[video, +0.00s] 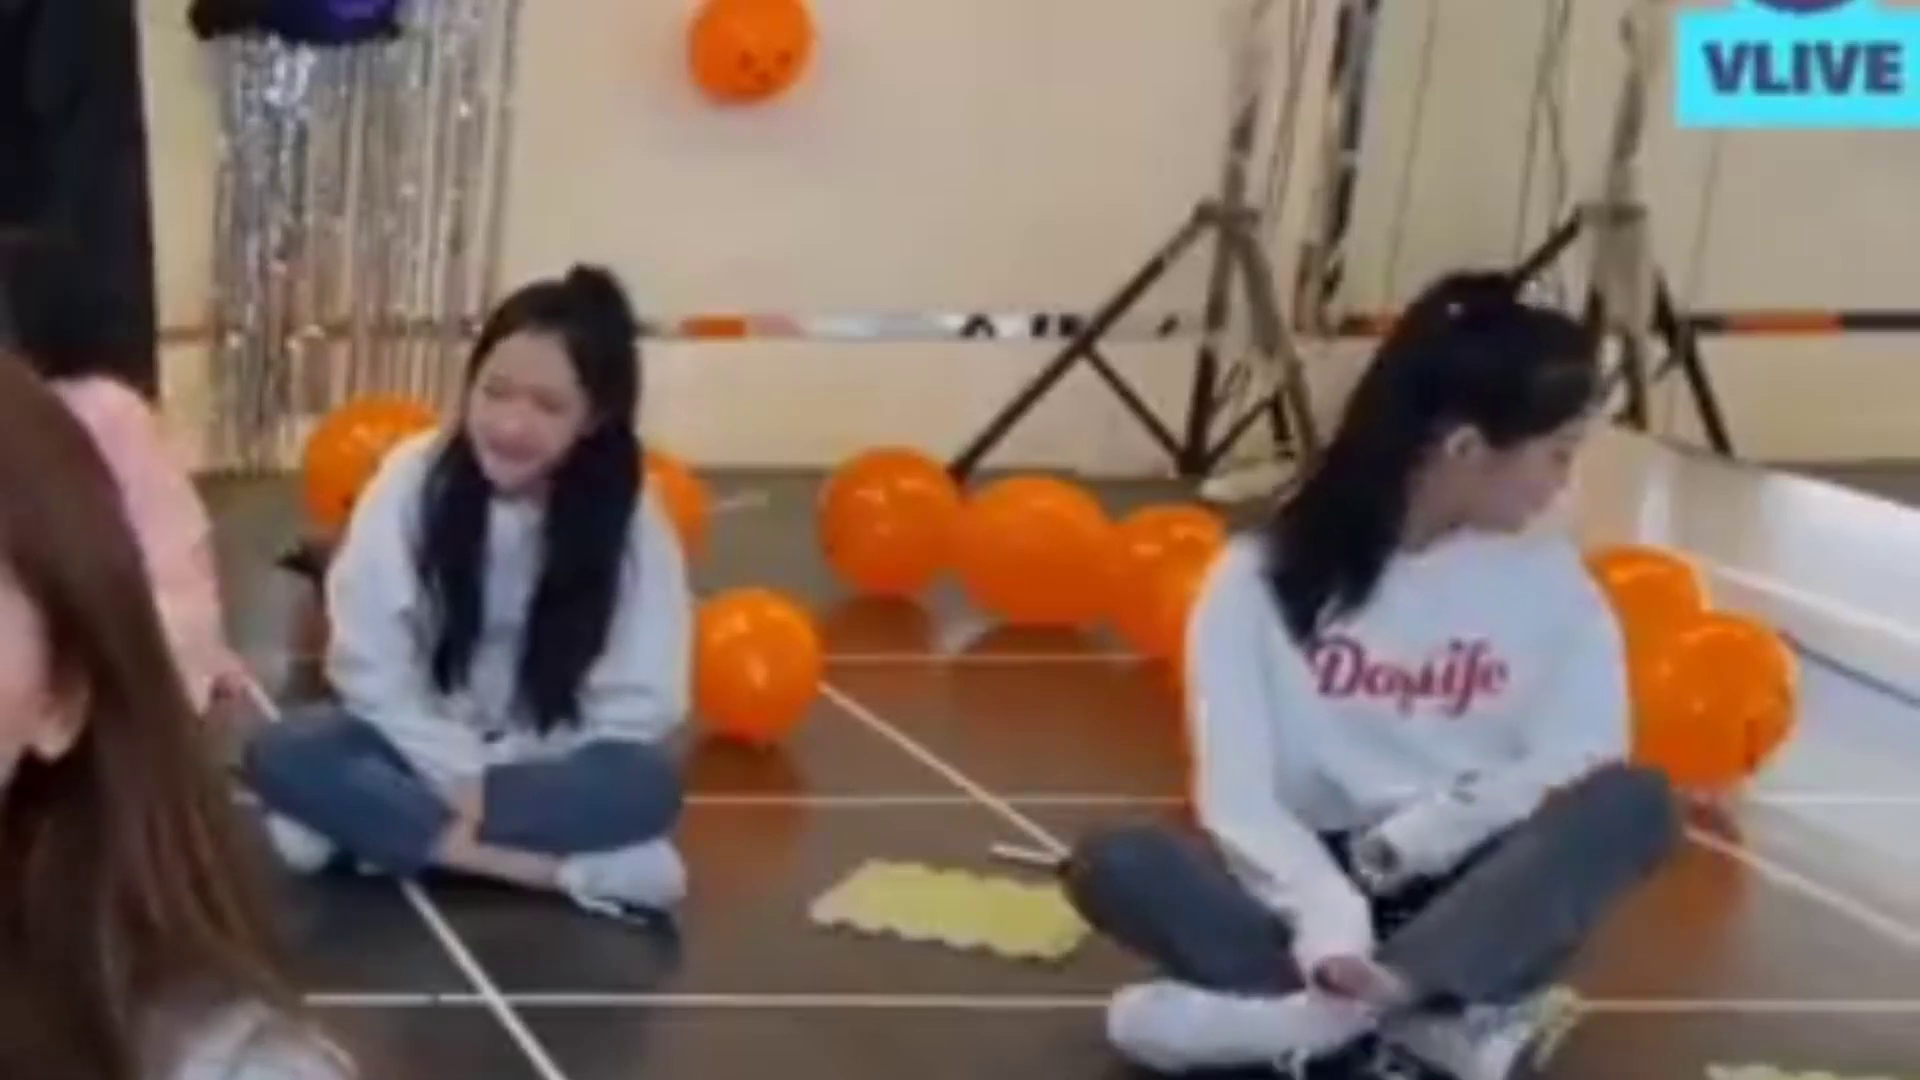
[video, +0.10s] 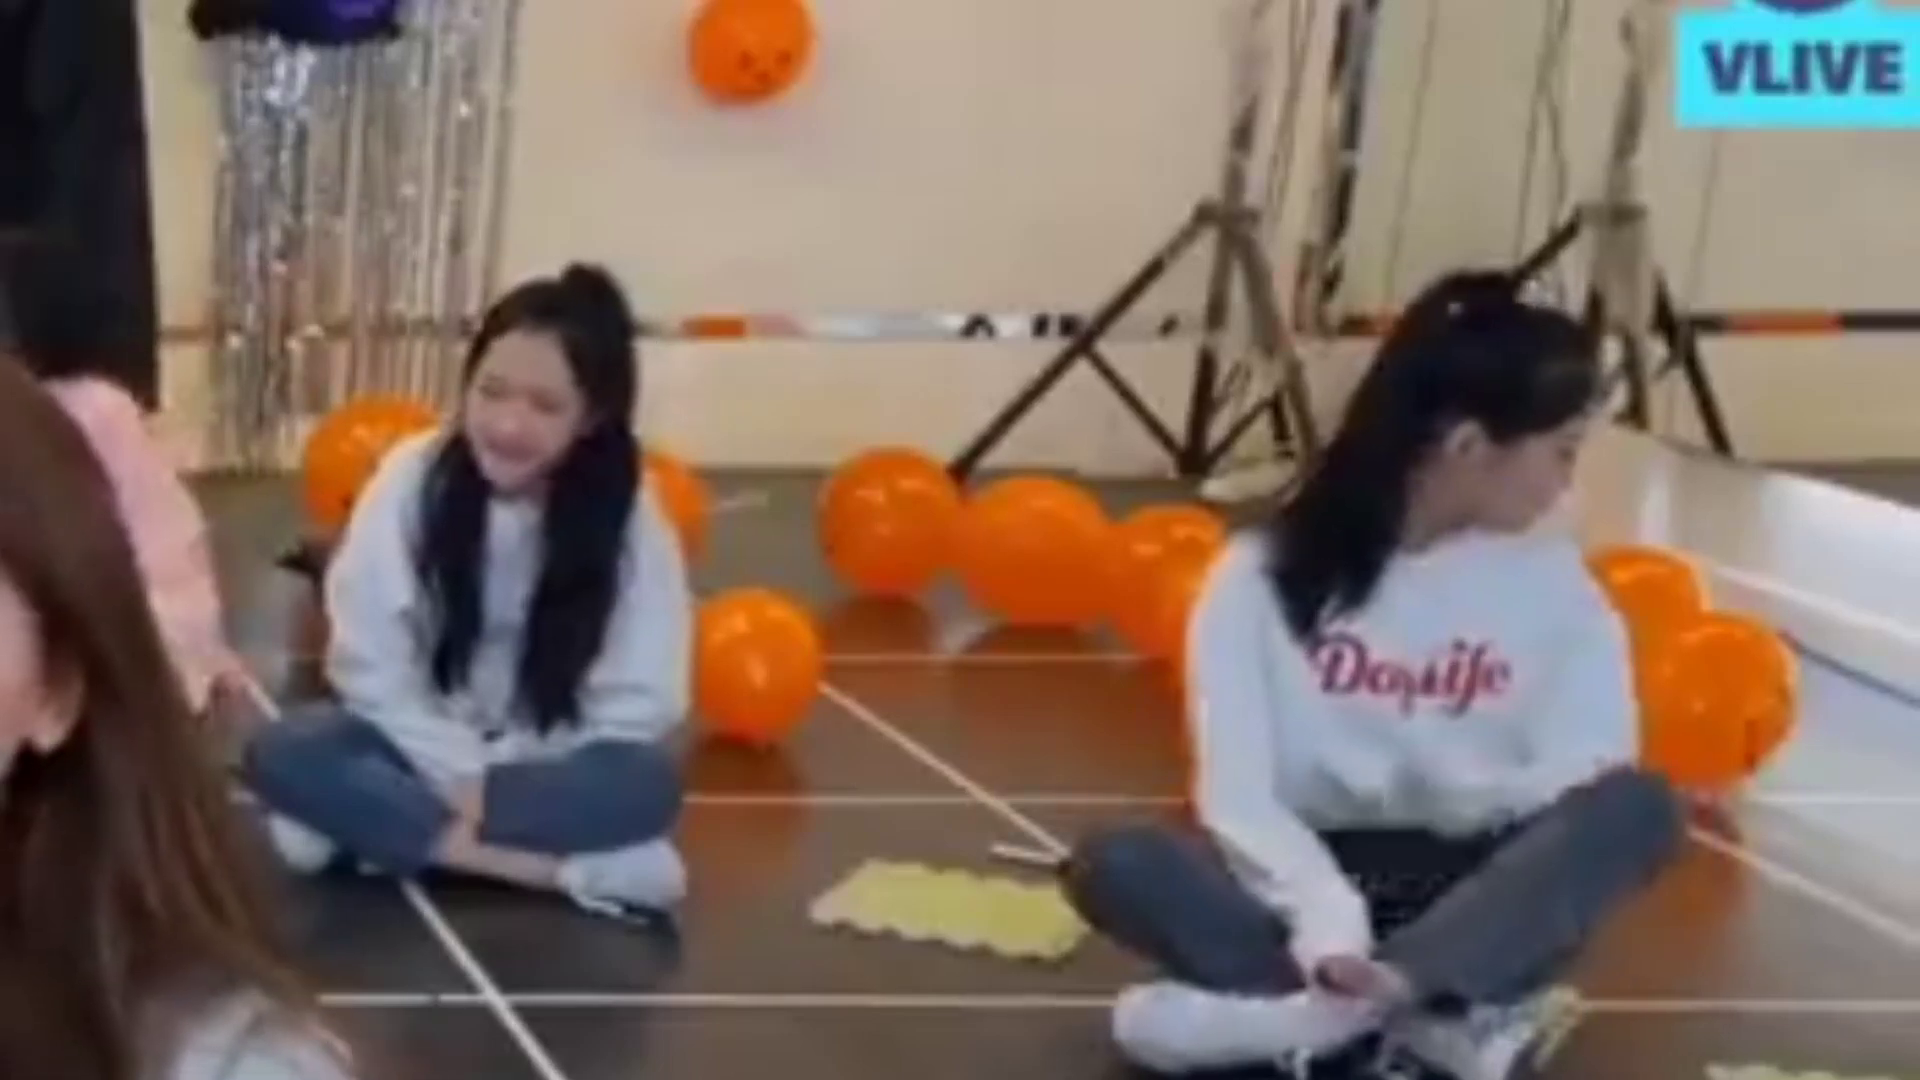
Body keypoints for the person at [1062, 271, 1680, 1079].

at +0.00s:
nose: (1565, 481)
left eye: (1571, 455)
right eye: (1556, 454)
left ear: (1464, 450)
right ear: (1461, 448)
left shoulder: (1545, 576)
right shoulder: (1256, 579)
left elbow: (1584, 754)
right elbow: (1236, 798)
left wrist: (1401, 845)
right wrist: (1328, 906)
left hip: (1470, 875)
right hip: (1296, 872)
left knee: (1635, 804)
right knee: (1112, 862)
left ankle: (1330, 1016)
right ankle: (1422, 1030)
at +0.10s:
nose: (1569, 480)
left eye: (1574, 453)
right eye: (1560, 452)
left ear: (1467, 448)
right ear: (1465, 445)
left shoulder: (1550, 578)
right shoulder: (1258, 576)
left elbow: (1592, 773)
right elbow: (1235, 799)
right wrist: (1328, 913)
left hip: (1484, 865)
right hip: (1303, 864)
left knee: (1640, 808)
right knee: (1112, 861)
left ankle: (1328, 1019)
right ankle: (1422, 1031)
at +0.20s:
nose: (1589, 482)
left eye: (1595, 454)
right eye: (1581, 453)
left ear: (1489, 447)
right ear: (1488, 444)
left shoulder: (1563, 582)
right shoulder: (1275, 572)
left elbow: (1614, 782)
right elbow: (1232, 792)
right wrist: (1329, 920)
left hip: (1483, 863)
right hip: (1308, 859)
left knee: (1647, 820)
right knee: (1107, 869)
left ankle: (1336, 1026)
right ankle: (1429, 1035)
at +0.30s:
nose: (1626, 477)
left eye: (1631, 451)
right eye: (1616, 449)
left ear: (1525, 446)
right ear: (1523, 442)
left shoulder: (1589, 592)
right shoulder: (1302, 565)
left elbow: (1616, 787)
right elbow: (1234, 787)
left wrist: (1722, 759)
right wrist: (1321, 922)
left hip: (1485, 879)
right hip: (1311, 867)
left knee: (1666, 830)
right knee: (1101, 876)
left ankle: (1339, 1032)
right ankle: (1424, 1034)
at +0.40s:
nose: (1684, 481)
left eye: (1685, 454)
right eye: (1661, 455)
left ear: (1569, 453)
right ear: (1558, 450)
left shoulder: (1635, 618)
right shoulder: (1350, 562)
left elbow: (1712, 808)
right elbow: (1253, 767)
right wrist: (1321, 951)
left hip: (1483, 890)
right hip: (1318, 867)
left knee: (1674, 846)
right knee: (1104, 870)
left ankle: (1344, 1031)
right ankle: (1424, 1034)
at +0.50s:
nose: (1729, 497)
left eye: (1733, 471)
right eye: (1709, 473)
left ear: (1615, 473)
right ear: (1605, 467)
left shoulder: (1673, 637)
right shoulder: (1399, 559)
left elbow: (1747, 810)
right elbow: (1287, 767)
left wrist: (1915, 803)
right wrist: (1303, 959)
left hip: (1499, 894)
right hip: (1339, 865)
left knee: (1693, 854)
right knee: (1105, 864)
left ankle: (1364, 1023)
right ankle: (1415, 1036)